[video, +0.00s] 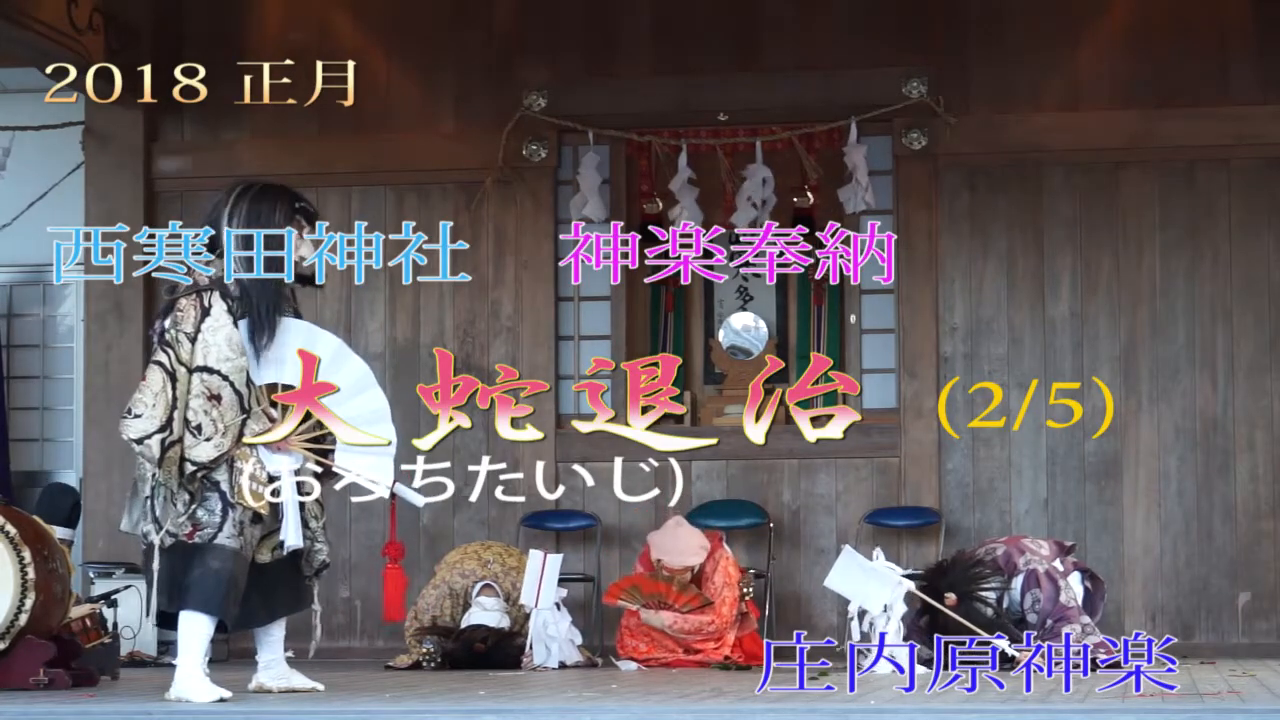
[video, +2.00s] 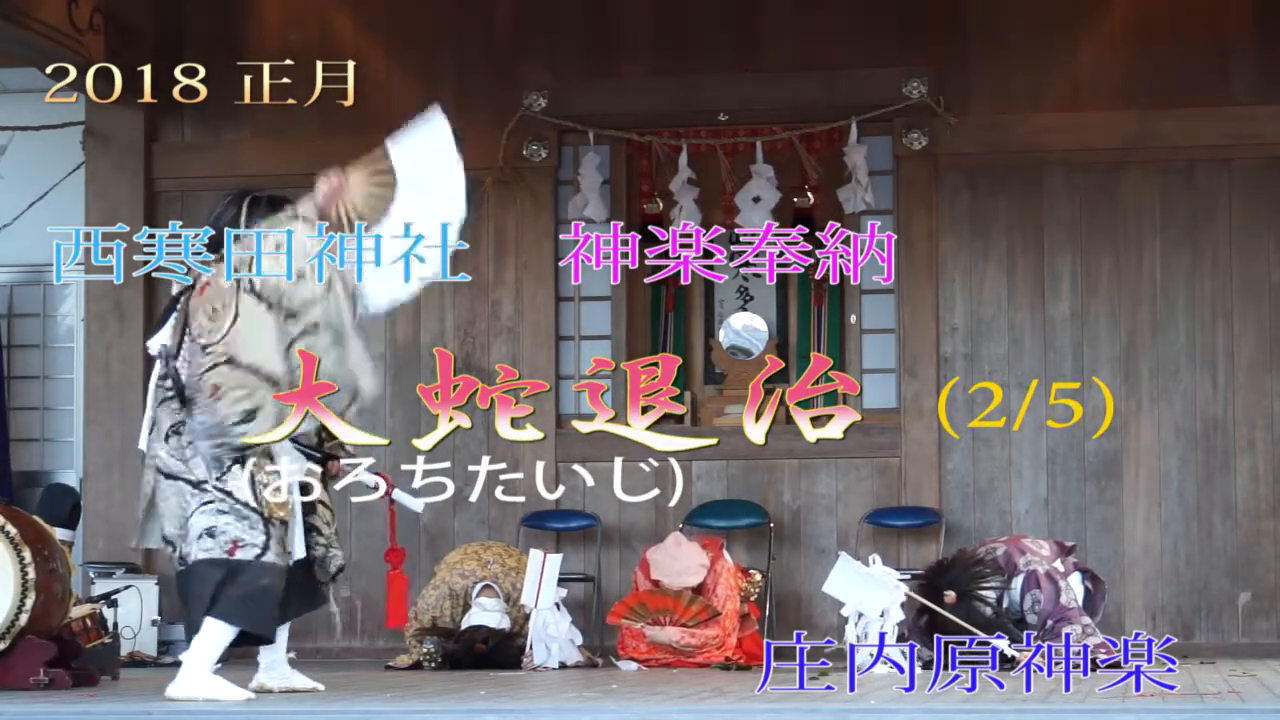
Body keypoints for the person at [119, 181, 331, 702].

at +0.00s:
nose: (311, 248)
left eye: (310, 235)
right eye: (303, 234)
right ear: (267, 237)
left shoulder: (274, 312)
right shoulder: (210, 309)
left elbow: (288, 395)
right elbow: (203, 414)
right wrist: (259, 453)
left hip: (265, 456)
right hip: (216, 458)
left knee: (277, 547)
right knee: (219, 546)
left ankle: (273, 664)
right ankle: (189, 672)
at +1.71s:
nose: (306, 257)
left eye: (304, 243)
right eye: (299, 242)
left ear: (236, 238)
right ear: (268, 241)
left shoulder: (212, 303)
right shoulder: (246, 309)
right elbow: (263, 405)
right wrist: (318, 438)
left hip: (262, 449)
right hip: (233, 450)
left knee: (282, 549)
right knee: (231, 551)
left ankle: (273, 663)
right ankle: (191, 672)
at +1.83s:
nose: (300, 255)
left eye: (301, 244)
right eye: (296, 243)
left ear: (238, 239)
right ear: (270, 243)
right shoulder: (219, 304)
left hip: (247, 446)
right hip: (201, 451)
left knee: (287, 545)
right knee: (236, 547)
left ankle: (274, 663)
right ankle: (192, 670)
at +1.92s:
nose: (308, 262)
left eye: (308, 251)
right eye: (301, 249)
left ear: (237, 244)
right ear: (273, 247)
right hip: (202, 447)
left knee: (290, 546)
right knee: (251, 550)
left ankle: (274, 664)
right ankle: (194, 670)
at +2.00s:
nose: (291, 246)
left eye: (293, 235)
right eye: (281, 235)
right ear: (252, 234)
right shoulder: (225, 292)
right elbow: (228, 386)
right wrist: (277, 445)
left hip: (253, 443)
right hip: (218, 448)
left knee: (291, 546)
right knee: (263, 556)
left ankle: (273, 664)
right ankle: (195, 671)